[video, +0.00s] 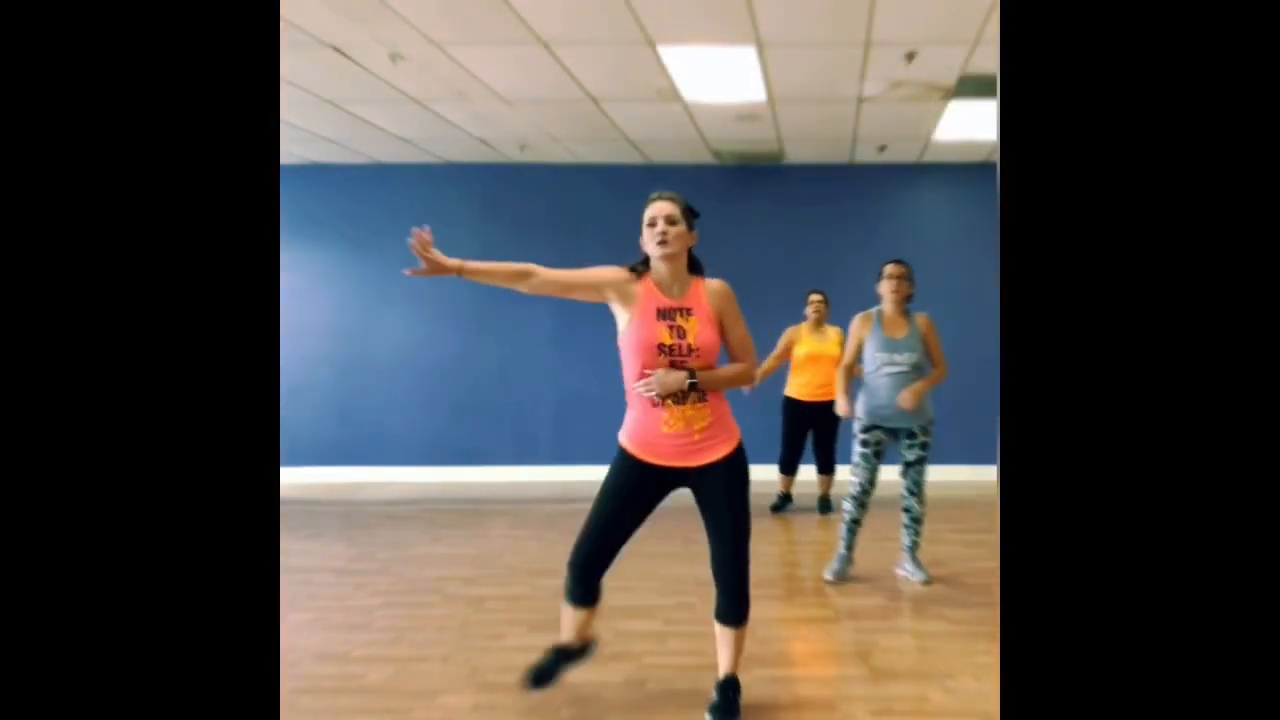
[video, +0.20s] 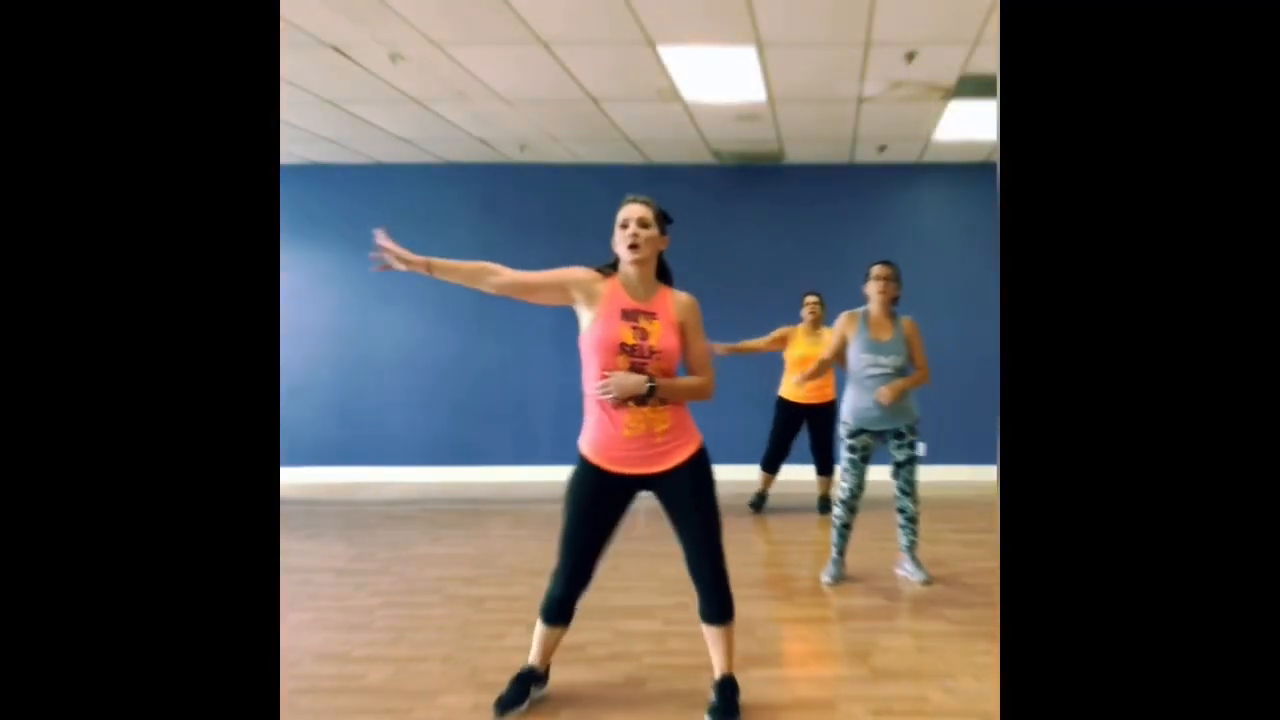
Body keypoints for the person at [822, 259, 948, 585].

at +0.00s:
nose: (895, 284)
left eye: (901, 278)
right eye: (889, 278)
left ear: (911, 287)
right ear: (878, 286)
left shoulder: (922, 325)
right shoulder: (863, 323)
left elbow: (940, 369)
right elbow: (846, 365)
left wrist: (919, 388)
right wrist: (842, 397)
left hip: (914, 420)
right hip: (871, 418)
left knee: (914, 492)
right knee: (860, 488)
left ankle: (910, 558)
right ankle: (843, 555)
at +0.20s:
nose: (881, 285)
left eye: (887, 279)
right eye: (876, 279)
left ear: (898, 289)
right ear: (865, 286)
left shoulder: (906, 326)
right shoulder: (849, 321)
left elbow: (922, 373)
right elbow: (829, 357)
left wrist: (899, 387)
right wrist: (813, 371)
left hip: (899, 421)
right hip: (857, 421)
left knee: (907, 493)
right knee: (849, 492)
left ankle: (908, 559)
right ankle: (836, 559)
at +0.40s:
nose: (867, 283)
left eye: (873, 278)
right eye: (861, 277)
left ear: (882, 288)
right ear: (850, 285)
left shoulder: (891, 327)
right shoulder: (833, 320)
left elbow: (906, 375)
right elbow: (817, 364)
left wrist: (885, 393)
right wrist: (793, 366)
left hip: (882, 420)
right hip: (838, 419)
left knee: (897, 486)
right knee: (836, 490)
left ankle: (900, 555)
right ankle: (834, 559)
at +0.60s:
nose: (861, 284)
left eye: (868, 278)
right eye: (856, 278)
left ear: (876, 286)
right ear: (845, 284)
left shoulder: (887, 324)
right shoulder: (828, 322)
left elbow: (902, 370)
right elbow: (818, 368)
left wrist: (884, 393)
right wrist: (811, 376)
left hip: (875, 419)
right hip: (833, 418)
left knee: (883, 489)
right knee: (832, 491)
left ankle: (887, 556)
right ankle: (833, 558)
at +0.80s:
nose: (865, 285)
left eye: (871, 280)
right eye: (860, 280)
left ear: (880, 287)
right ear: (849, 286)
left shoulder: (894, 324)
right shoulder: (835, 326)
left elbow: (911, 369)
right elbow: (823, 371)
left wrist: (893, 392)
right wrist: (832, 386)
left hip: (881, 420)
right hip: (840, 418)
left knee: (885, 491)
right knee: (835, 489)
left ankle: (887, 559)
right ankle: (833, 559)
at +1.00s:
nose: (874, 284)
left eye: (879, 278)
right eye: (867, 278)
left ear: (889, 286)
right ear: (857, 285)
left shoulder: (901, 322)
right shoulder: (842, 324)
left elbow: (922, 365)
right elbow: (828, 371)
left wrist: (905, 389)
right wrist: (849, 389)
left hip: (892, 417)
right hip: (851, 416)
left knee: (892, 490)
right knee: (847, 487)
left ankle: (888, 558)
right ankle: (846, 555)